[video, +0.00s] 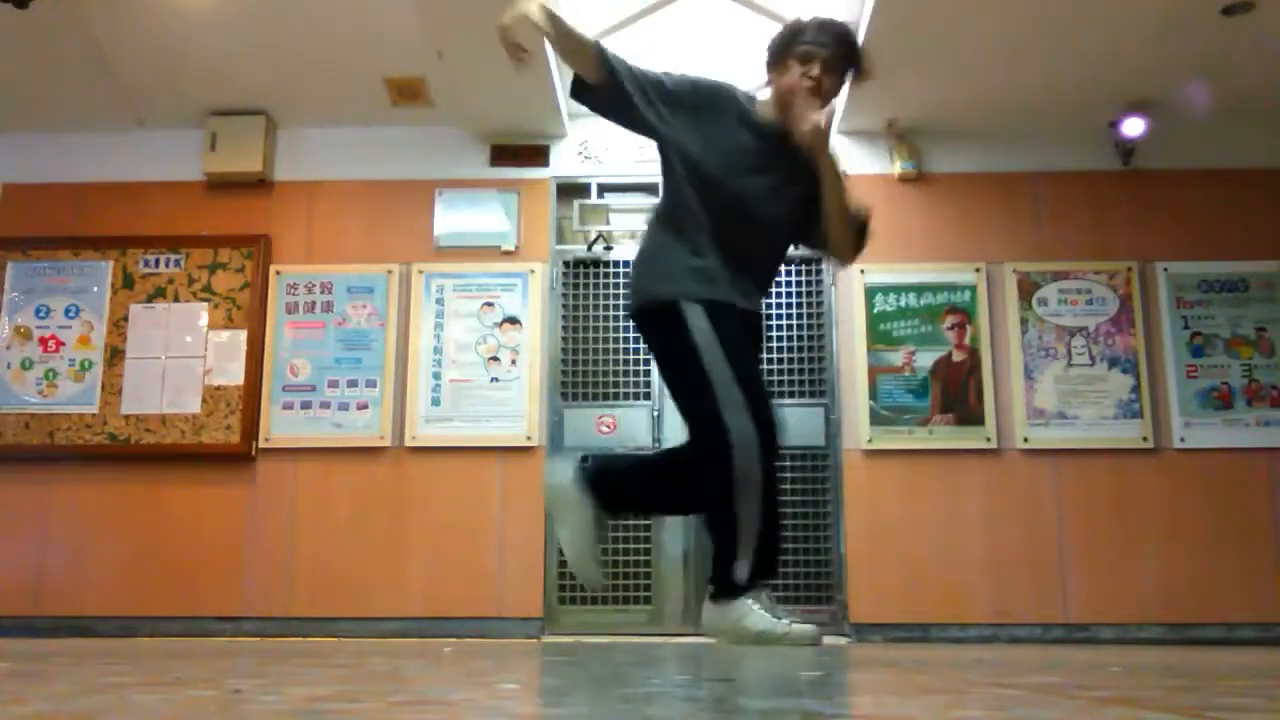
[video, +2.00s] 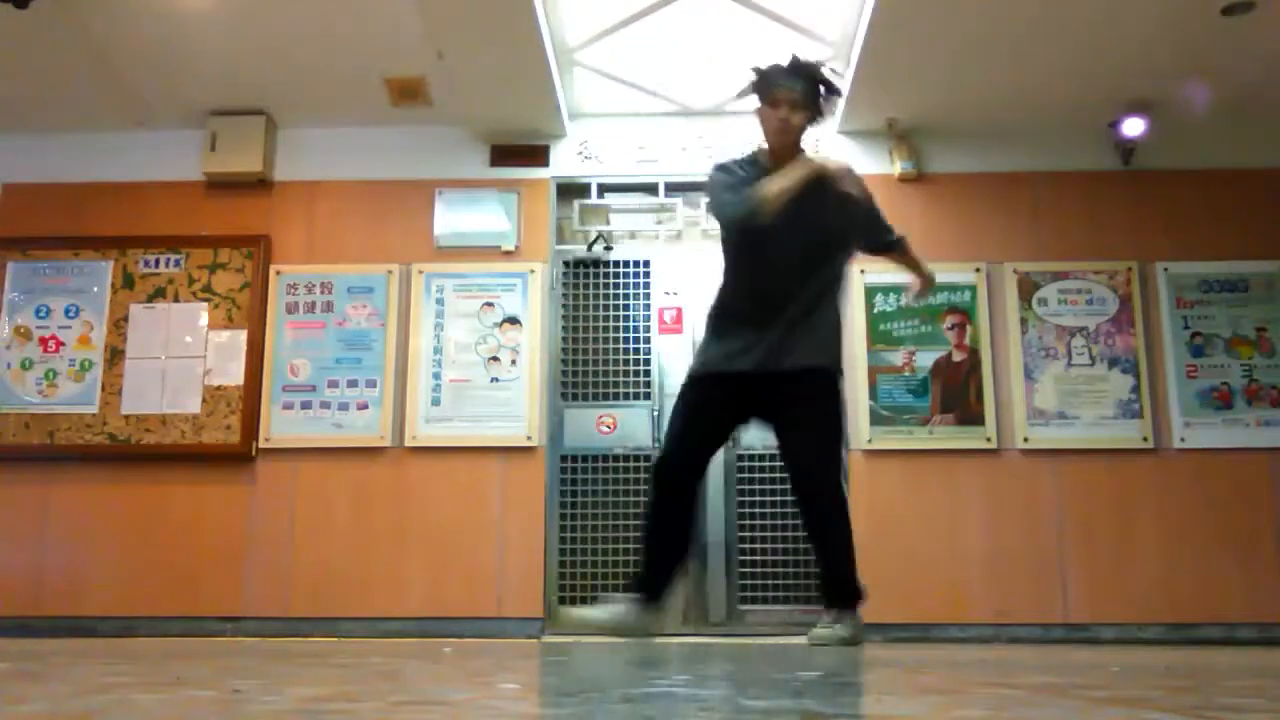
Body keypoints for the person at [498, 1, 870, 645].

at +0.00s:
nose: (818, 82)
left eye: (831, 76)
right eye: (809, 64)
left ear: (838, 91)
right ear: (776, 66)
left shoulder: (811, 166)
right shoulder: (713, 106)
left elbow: (845, 246)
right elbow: (613, 79)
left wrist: (823, 159)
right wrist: (546, 19)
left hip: (737, 308)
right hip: (678, 289)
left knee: (726, 464)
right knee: (743, 434)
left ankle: (588, 485)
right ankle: (732, 598)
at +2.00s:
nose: (778, 116)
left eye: (791, 107)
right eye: (769, 105)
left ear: (811, 116)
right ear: (757, 111)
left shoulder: (835, 184)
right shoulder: (733, 175)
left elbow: (882, 237)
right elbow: (741, 212)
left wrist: (919, 269)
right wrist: (806, 169)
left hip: (804, 363)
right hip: (729, 359)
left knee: (817, 486)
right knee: (676, 466)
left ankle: (842, 612)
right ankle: (646, 601)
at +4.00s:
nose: (711, 99)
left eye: (724, 89)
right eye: (709, 85)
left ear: (740, 84)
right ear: (693, 68)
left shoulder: (752, 128)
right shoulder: (629, 112)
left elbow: (807, 192)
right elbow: (555, 161)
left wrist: (851, 150)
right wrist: (537, 136)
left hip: (702, 310)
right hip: (624, 309)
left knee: (717, 433)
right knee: (633, 435)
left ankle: (706, 569)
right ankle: (643, 570)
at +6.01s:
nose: (760, 8)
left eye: (761, 3)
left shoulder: (710, 43)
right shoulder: (671, 18)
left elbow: (771, 100)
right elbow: (745, 96)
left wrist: (764, 81)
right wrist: (776, 84)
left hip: (639, 245)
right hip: (576, 241)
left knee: (699, 396)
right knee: (588, 419)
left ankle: (674, 552)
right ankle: (583, 595)